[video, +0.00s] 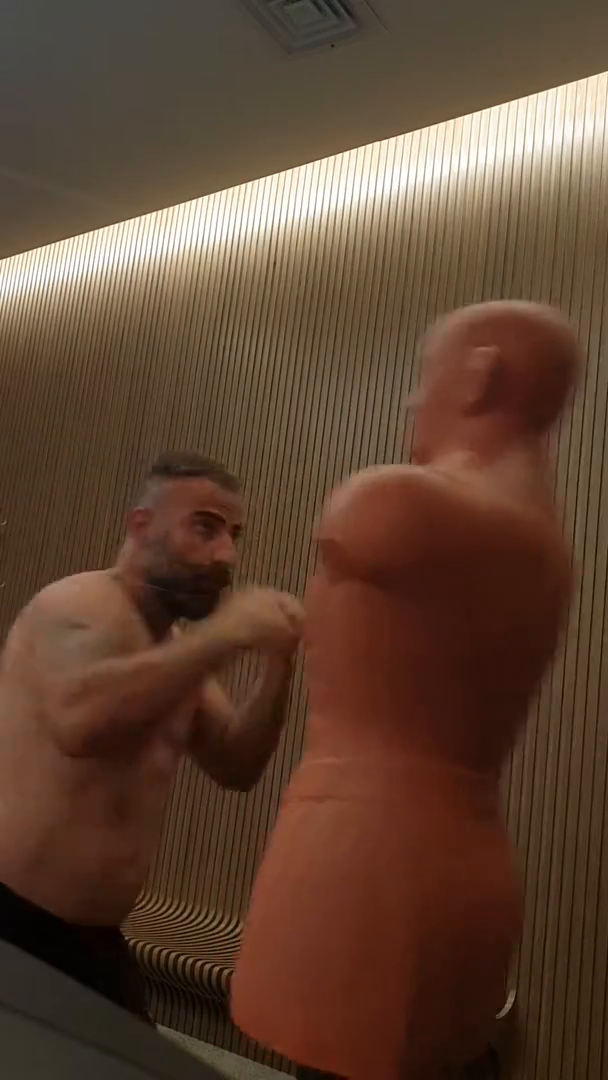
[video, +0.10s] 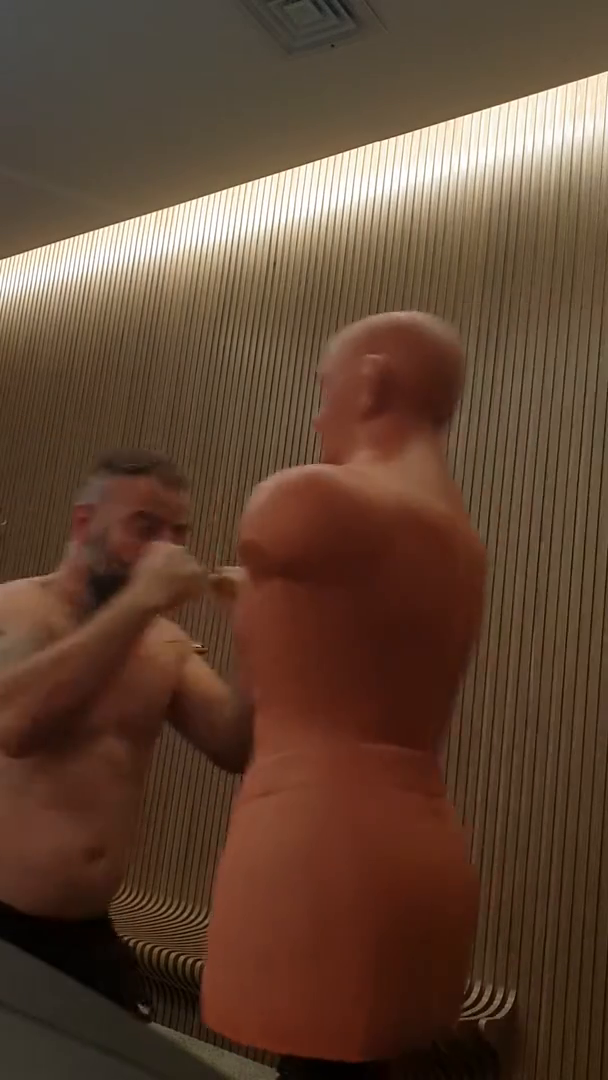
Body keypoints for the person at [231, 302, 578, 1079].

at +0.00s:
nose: (415, 401)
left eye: (427, 375)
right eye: (420, 377)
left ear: (480, 377)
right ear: (548, 403)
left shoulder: (402, 508)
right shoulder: (545, 547)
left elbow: (346, 518)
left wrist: (441, 464)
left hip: (364, 868)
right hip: (462, 861)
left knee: (325, 1062)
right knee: (422, 1065)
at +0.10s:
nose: (317, 417)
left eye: (324, 390)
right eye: (319, 393)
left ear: (372, 386)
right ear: (442, 407)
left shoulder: (305, 504)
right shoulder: (463, 541)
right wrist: (249, 596)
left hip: (310, 847)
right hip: (424, 836)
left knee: (279, 1060)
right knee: (392, 1061)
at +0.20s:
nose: (284, 416)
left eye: (289, 390)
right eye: (286, 392)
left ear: (332, 386)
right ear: (403, 402)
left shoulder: (275, 502)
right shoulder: (426, 532)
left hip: (291, 846)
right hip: (405, 833)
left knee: (276, 1059)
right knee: (364, 1055)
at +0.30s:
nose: (310, 408)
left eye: (317, 381)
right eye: (312, 383)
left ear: (362, 378)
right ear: (429, 397)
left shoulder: (304, 500)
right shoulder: (450, 535)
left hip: (308, 856)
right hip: (418, 843)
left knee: (275, 1062)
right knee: (385, 1059)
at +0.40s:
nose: (378, 393)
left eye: (390, 368)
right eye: (381, 369)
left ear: (441, 372)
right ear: (499, 394)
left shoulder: (360, 503)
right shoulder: (510, 540)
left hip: (342, 872)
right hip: (450, 861)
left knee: (299, 1063)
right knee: (411, 1064)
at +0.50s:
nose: (435, 391)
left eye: (447, 365)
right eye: (440, 366)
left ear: (498, 374)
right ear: (559, 400)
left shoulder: (414, 505)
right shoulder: (559, 548)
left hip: (368, 881)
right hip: (477, 871)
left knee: (313, 1063)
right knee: (435, 1065)